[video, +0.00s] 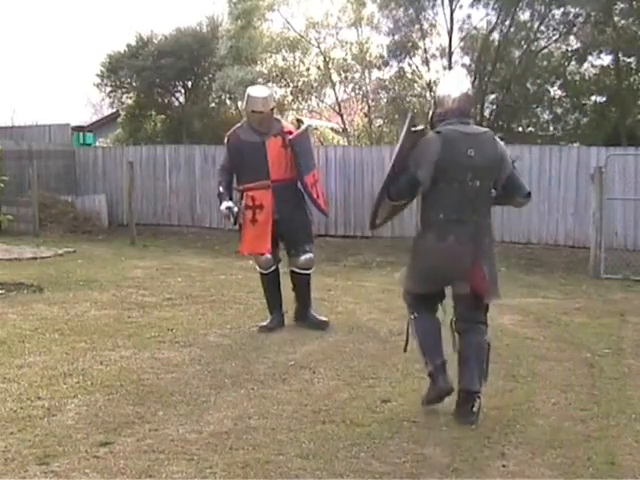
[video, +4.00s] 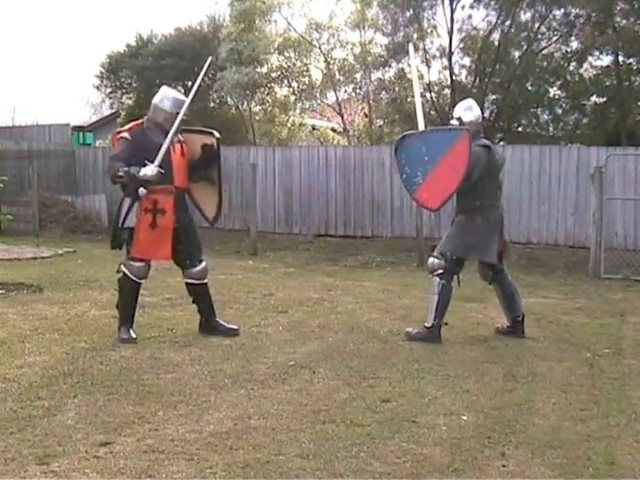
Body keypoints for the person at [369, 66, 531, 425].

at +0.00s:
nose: (433, 116)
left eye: (435, 110)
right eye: (437, 110)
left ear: (439, 112)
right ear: (468, 112)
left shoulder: (433, 143)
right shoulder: (491, 144)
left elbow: (399, 192)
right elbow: (519, 194)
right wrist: (483, 195)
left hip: (436, 243)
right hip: (477, 245)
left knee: (421, 301)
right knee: (473, 318)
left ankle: (438, 375)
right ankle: (469, 398)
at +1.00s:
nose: (445, 123)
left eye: (447, 119)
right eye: (448, 119)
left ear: (451, 120)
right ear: (474, 117)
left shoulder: (448, 152)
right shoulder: (498, 148)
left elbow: (428, 196)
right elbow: (523, 194)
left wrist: (430, 153)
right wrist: (496, 211)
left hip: (455, 235)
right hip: (490, 234)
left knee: (443, 296)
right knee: (491, 292)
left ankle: (441, 362)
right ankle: (497, 358)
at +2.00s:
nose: (468, 123)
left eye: (470, 118)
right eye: (468, 118)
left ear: (477, 117)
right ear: (496, 116)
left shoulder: (475, 146)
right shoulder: (516, 144)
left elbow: (443, 151)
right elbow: (541, 180)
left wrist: (457, 132)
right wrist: (528, 202)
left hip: (484, 225)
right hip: (513, 224)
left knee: (479, 281)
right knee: (516, 276)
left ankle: (484, 341)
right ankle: (534, 331)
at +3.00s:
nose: (447, 129)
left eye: (451, 124)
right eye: (447, 124)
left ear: (463, 124)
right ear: (470, 124)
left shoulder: (466, 151)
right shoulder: (485, 147)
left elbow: (454, 188)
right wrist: (447, 147)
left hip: (471, 222)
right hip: (491, 221)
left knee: (442, 270)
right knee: (493, 270)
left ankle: (432, 327)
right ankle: (527, 316)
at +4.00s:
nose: (456, 128)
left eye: (459, 123)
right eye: (456, 123)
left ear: (467, 124)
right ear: (479, 123)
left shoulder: (474, 152)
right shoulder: (491, 150)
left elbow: (458, 181)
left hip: (471, 219)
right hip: (491, 218)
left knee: (443, 267)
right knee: (493, 269)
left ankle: (433, 327)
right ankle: (516, 322)